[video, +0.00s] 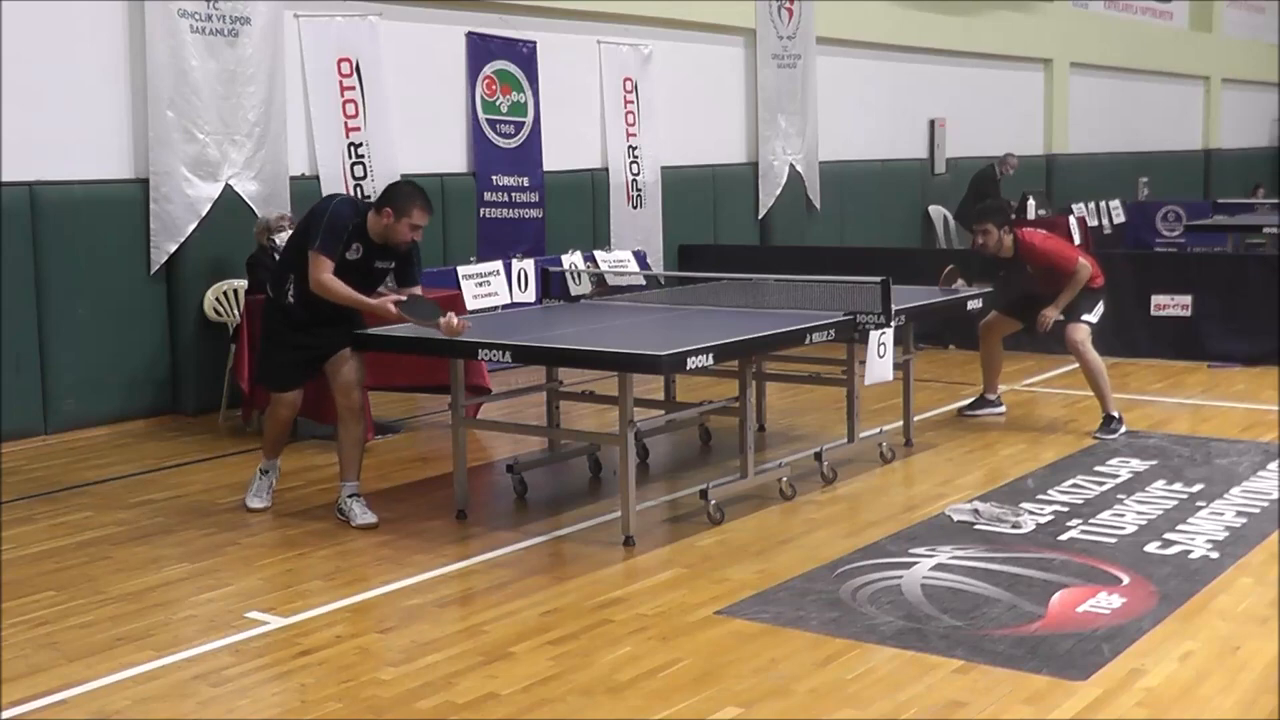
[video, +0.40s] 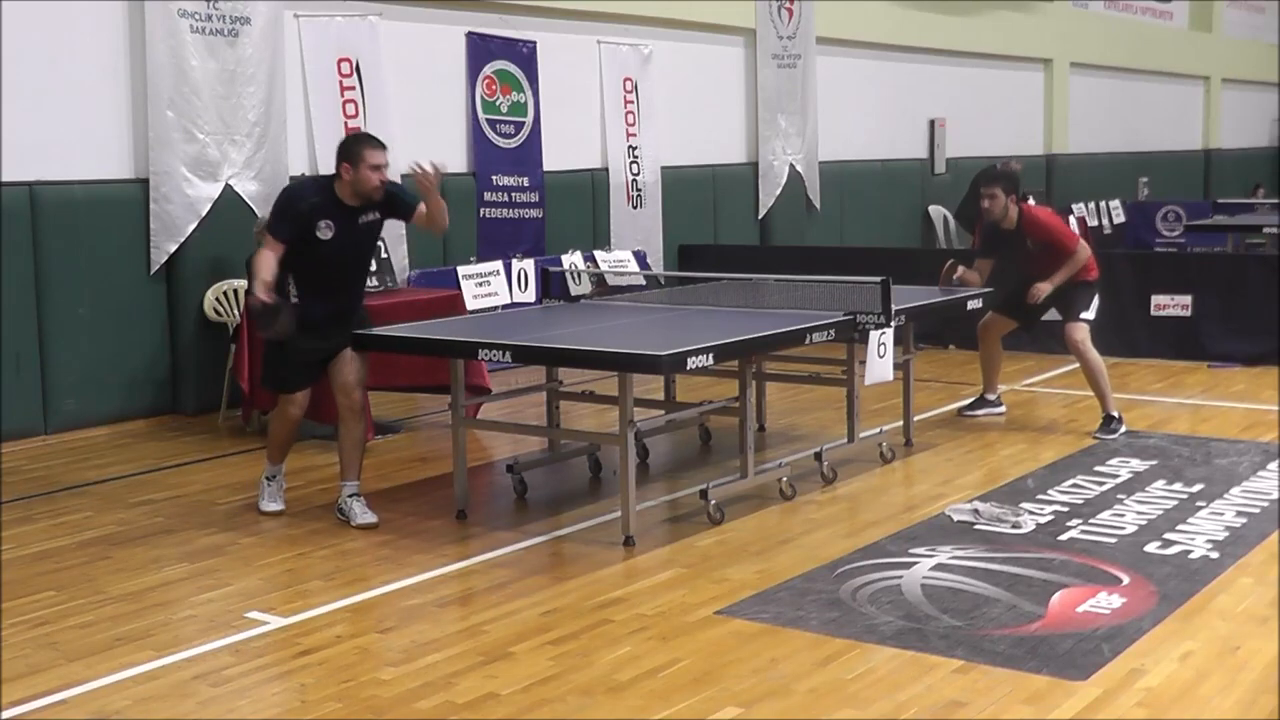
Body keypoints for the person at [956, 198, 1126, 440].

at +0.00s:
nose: (978, 240)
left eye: (985, 233)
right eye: (975, 234)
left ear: (1005, 232)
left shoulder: (1037, 245)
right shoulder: (990, 254)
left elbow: (1084, 269)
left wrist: (1056, 307)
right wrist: (962, 273)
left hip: (1086, 289)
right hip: (1043, 291)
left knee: (1076, 339)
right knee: (989, 328)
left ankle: (1111, 416)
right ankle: (990, 398)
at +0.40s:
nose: (984, 205)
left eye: (991, 198)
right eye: (981, 198)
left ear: (1011, 199)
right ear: (978, 200)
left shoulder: (1039, 220)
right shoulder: (988, 227)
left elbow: (1083, 253)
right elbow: (978, 279)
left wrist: (1050, 284)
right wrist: (962, 273)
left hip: (1078, 280)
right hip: (1037, 282)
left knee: (1076, 339)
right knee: (988, 329)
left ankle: (1111, 415)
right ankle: (990, 398)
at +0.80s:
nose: (1001, 160)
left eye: (1008, 154)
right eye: (1000, 154)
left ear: (1029, 156)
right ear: (1001, 155)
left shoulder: (1056, 184)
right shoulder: (1001, 188)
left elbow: (1090, 222)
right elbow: (987, 231)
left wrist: (1059, 243)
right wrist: (969, 240)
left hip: (1066, 273)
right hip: (1025, 272)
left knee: (1078, 338)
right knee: (980, 328)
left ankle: (1112, 415)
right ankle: (978, 391)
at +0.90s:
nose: (993, 164)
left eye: (1000, 158)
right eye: (991, 158)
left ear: (1021, 159)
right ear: (991, 159)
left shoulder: (1047, 187)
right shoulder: (995, 192)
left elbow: (1085, 224)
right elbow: (979, 230)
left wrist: (1053, 245)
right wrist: (953, 240)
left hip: (1061, 278)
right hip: (1019, 277)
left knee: (1074, 340)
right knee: (973, 334)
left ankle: (1111, 415)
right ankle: (951, 401)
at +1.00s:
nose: (986, 167)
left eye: (993, 161)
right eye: (984, 161)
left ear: (1014, 162)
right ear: (984, 161)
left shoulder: (1041, 189)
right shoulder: (984, 192)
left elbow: (1077, 227)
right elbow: (965, 229)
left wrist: (1047, 250)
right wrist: (939, 239)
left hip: (1054, 281)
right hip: (1011, 281)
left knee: (1072, 341)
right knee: (964, 334)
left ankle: (1111, 415)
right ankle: (949, 401)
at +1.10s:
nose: (975, 163)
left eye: (982, 156)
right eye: (974, 156)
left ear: (1002, 157)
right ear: (975, 157)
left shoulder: (1032, 185)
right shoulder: (974, 189)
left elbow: (1069, 217)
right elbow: (944, 218)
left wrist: (1042, 243)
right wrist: (920, 234)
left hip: (1046, 277)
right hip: (1002, 278)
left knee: (1065, 338)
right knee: (961, 332)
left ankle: (1104, 413)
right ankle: (949, 401)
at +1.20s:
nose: (970, 166)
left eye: (977, 159)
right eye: (969, 159)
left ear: (998, 159)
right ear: (969, 159)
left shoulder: (1027, 185)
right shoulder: (968, 190)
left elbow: (1068, 217)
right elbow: (930, 216)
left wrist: (1038, 242)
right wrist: (909, 236)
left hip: (1041, 276)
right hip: (996, 276)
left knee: (1061, 331)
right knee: (952, 330)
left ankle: (1082, 408)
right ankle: (946, 399)